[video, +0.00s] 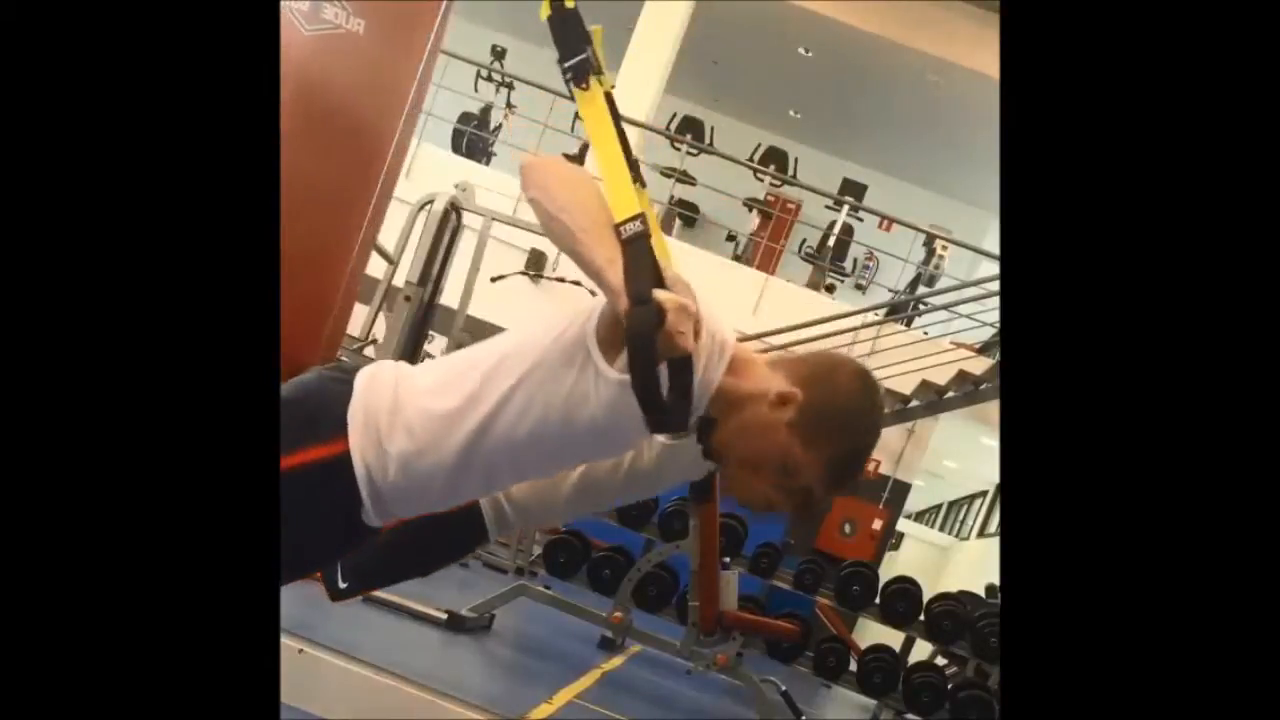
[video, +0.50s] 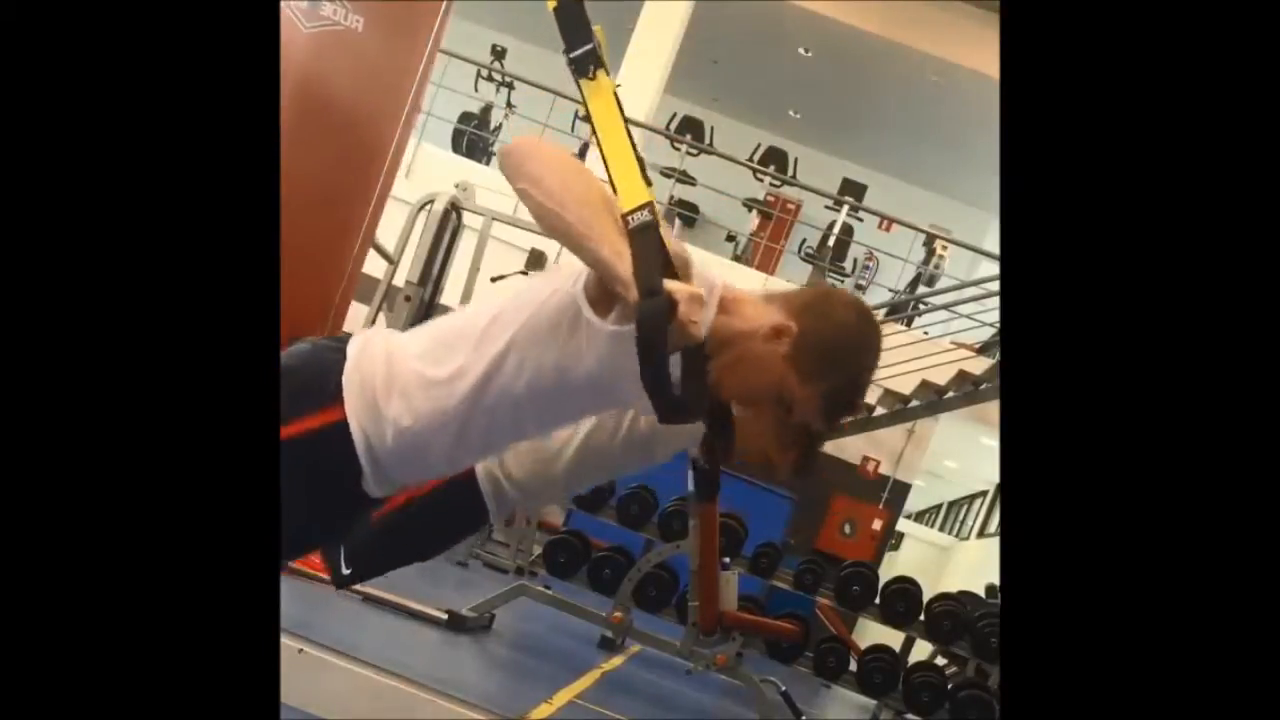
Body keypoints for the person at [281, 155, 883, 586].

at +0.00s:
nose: (760, 497)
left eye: (782, 497)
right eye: (782, 480)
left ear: (779, 398)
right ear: (781, 406)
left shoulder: (704, 425)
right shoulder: (678, 320)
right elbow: (543, 173)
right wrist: (637, 295)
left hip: (371, 496)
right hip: (337, 447)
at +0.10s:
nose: (763, 504)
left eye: (784, 505)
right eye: (782, 487)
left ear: (784, 408)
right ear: (784, 414)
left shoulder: (709, 427)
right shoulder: (689, 342)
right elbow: (549, 176)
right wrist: (641, 299)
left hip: (371, 500)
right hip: (341, 449)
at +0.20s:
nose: (762, 505)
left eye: (782, 507)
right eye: (781, 489)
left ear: (786, 413)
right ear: (785, 418)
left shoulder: (710, 431)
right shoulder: (692, 348)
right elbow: (550, 179)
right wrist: (642, 299)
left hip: (374, 500)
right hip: (344, 453)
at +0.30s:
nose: (765, 505)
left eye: (787, 505)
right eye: (784, 486)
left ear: (783, 407)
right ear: (783, 413)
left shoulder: (711, 442)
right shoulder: (682, 339)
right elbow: (543, 180)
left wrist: (715, 601)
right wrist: (639, 300)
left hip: (371, 504)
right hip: (341, 451)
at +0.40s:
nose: (764, 486)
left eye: (788, 481)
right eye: (787, 462)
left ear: (781, 380)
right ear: (782, 387)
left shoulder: (705, 417)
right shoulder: (679, 315)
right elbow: (533, 174)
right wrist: (642, 292)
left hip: (369, 490)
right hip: (335, 443)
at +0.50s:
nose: (767, 418)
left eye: (789, 415)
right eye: (783, 398)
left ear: (779, 332)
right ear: (776, 330)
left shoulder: (699, 375)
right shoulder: (665, 269)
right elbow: (525, 154)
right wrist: (634, 280)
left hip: (368, 469)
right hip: (332, 419)